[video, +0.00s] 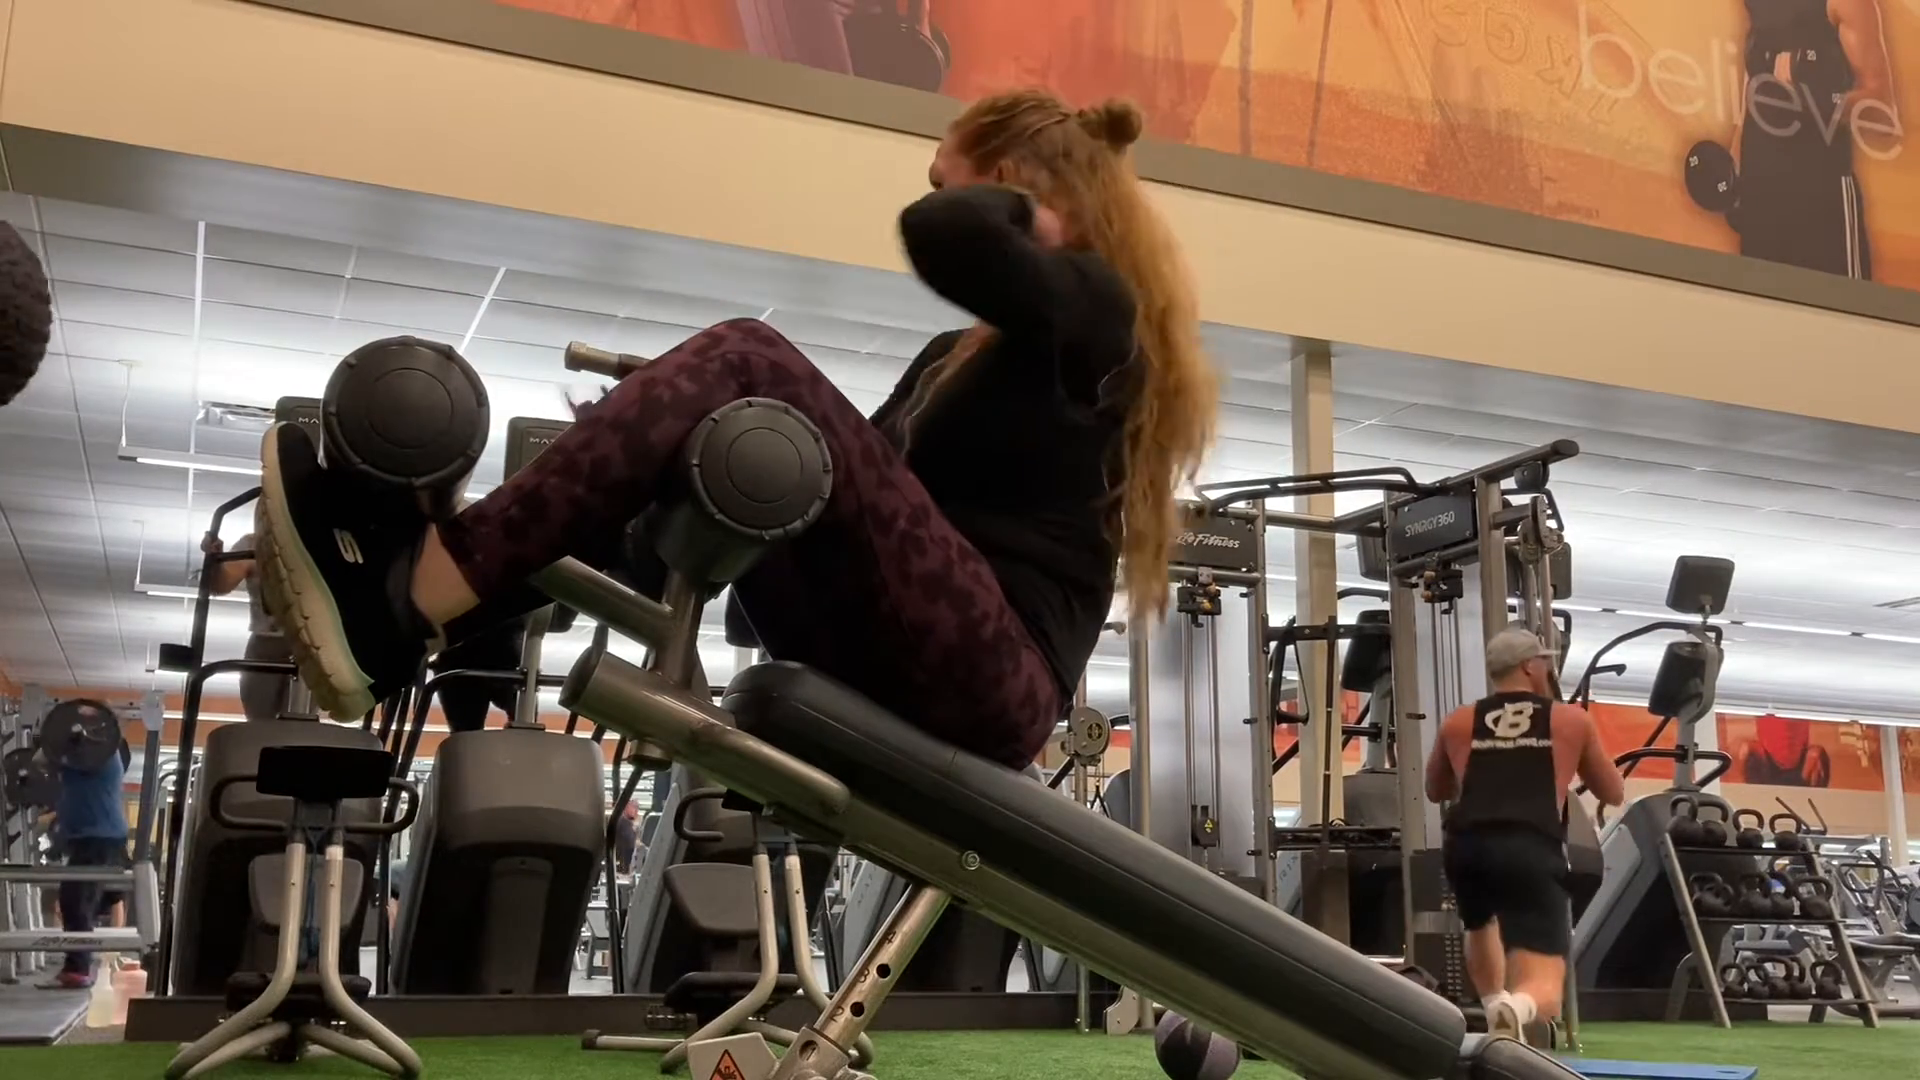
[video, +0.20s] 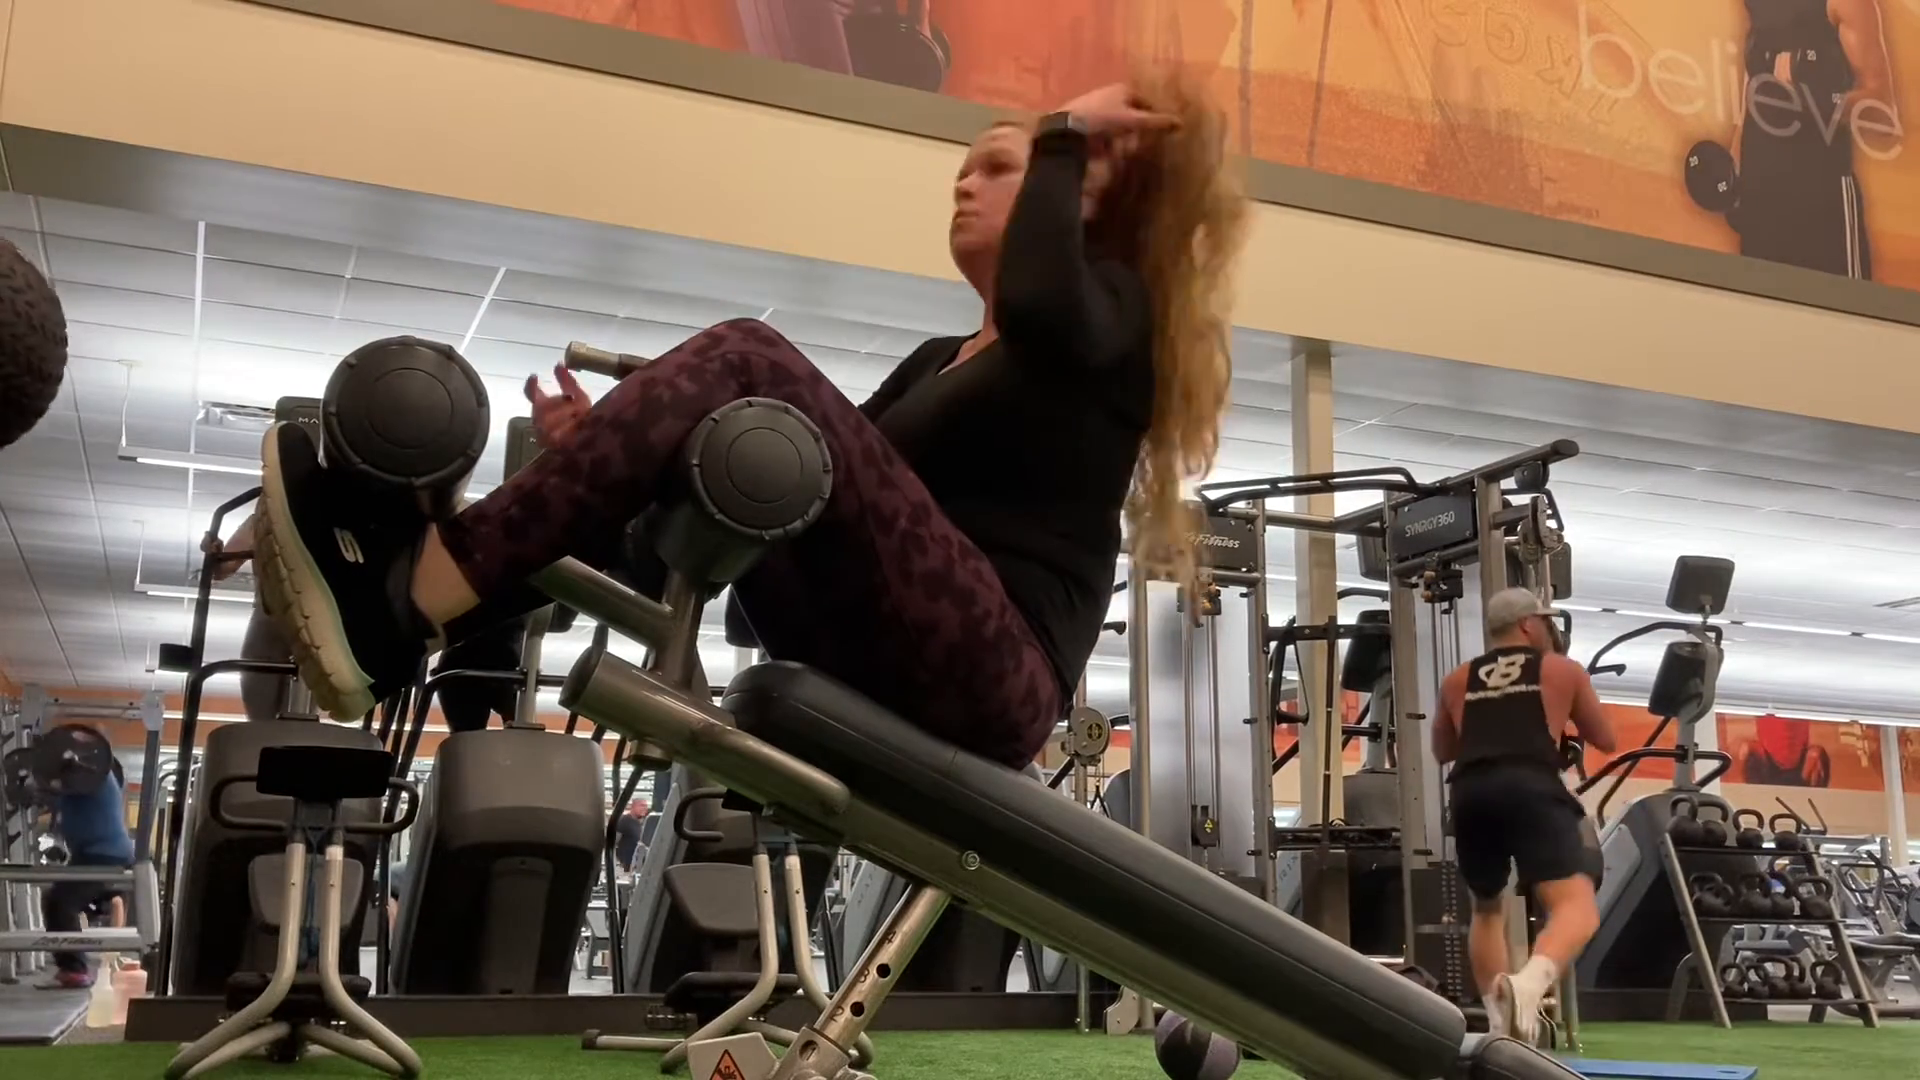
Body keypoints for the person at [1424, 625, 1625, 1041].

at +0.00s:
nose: (1549, 671)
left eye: (1547, 662)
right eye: (1545, 662)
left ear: (1495, 671)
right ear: (1528, 668)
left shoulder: (1458, 722)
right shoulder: (1573, 721)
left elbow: (1437, 789)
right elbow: (1613, 792)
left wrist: (1481, 768)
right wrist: (1582, 764)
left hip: (1467, 848)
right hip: (1531, 849)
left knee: (1478, 922)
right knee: (1542, 986)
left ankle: (1499, 1020)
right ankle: (1509, 1009)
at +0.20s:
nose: (1551, 630)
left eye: (1547, 621)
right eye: (1545, 621)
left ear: (1494, 632)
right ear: (1527, 625)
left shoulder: (1458, 679)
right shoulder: (1563, 670)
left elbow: (1442, 751)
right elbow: (1606, 740)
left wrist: (1487, 727)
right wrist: (1571, 720)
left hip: (1471, 792)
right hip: (1533, 786)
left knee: (1487, 912)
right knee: (1576, 906)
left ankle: (1501, 1029)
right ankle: (1531, 983)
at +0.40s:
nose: (1549, 600)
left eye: (1546, 592)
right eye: (1545, 592)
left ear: (1494, 598)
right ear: (1529, 593)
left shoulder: (1461, 652)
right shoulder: (1555, 634)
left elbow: (1462, 716)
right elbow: (1612, 695)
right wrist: (1583, 659)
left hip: (1480, 779)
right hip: (1542, 769)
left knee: (1497, 904)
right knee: (1645, 843)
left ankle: (1503, 1028)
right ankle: (1596, 954)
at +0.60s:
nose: (1556, 593)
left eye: (1554, 586)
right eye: (1553, 586)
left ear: (1503, 592)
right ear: (1540, 589)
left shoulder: (1469, 651)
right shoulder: (1565, 637)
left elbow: (1467, 717)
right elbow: (1612, 702)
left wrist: (1512, 683)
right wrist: (1599, 665)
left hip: (1500, 786)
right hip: (1563, 779)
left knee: (1505, 905)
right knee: (1636, 878)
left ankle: (1503, 1029)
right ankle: (1723, 983)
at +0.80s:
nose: (1570, 599)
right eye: (1571, 592)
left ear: (1523, 597)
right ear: (1571, 594)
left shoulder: (1493, 652)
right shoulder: (1603, 647)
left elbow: (1472, 720)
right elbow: (1633, 720)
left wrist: (1508, 732)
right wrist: (1599, 692)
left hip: (1530, 789)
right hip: (1598, 785)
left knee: (1516, 908)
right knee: (1645, 893)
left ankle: (1503, 1029)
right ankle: (1691, 1020)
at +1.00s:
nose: (1597, 604)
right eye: (1604, 595)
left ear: (1563, 599)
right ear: (1609, 598)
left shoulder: (1538, 654)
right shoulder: (1649, 652)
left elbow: (1514, 730)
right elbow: (1666, 730)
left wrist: (1491, 794)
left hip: (1570, 795)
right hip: (1639, 794)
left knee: (1538, 900)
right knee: (1660, 911)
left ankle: (1513, 1027)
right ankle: (1683, 1039)